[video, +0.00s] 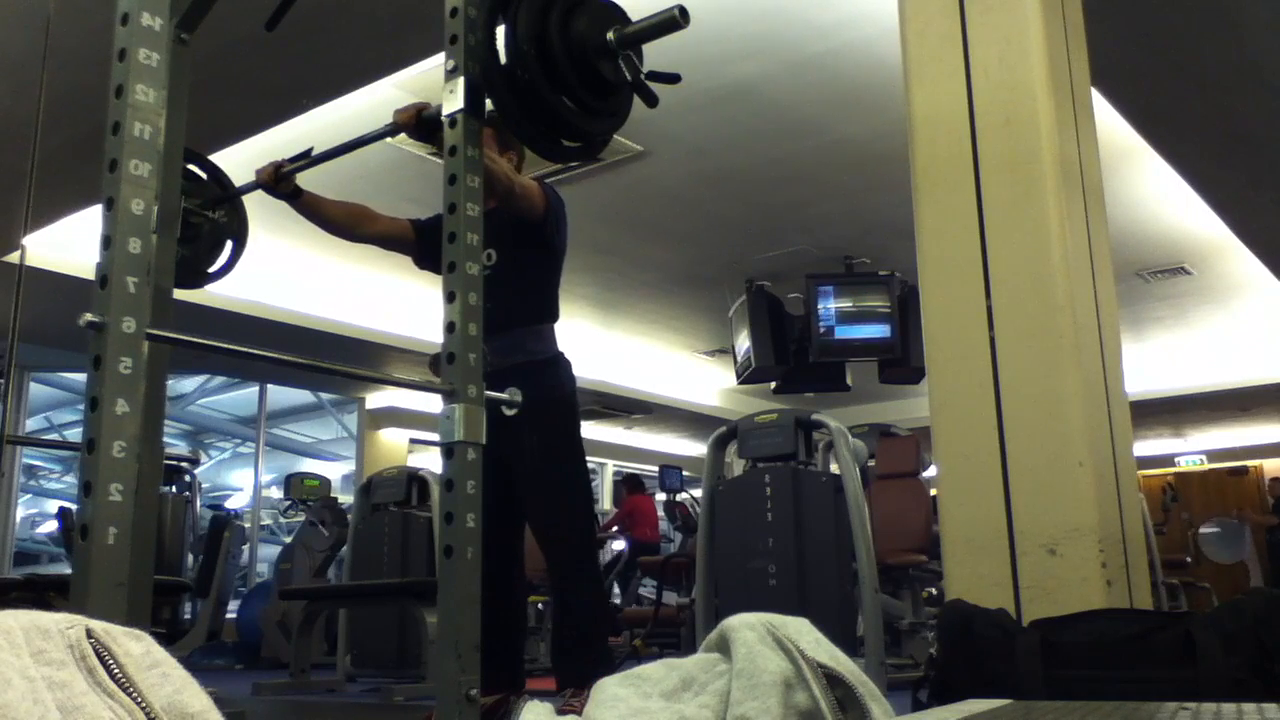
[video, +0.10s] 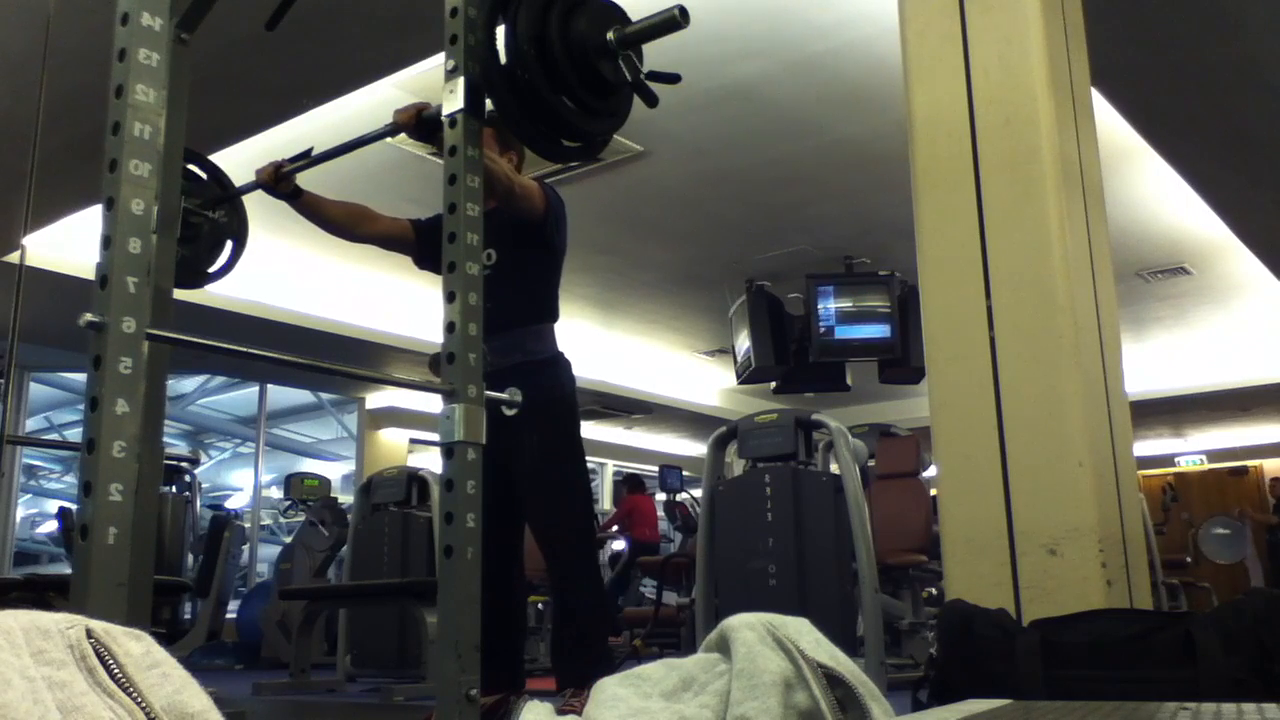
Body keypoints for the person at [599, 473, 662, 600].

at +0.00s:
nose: (624, 491)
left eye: (625, 488)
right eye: (624, 488)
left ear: (629, 488)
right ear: (641, 486)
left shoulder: (631, 501)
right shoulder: (649, 500)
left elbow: (617, 519)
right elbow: (634, 523)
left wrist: (602, 529)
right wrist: (617, 532)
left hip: (637, 546)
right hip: (654, 546)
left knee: (609, 569)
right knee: (625, 572)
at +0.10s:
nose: (624, 491)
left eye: (625, 488)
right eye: (624, 488)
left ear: (629, 488)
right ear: (642, 487)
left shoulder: (630, 500)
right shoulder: (649, 500)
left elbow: (615, 519)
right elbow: (638, 522)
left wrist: (600, 530)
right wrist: (619, 531)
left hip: (637, 545)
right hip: (654, 545)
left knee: (614, 559)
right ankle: (633, 592)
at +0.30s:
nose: (625, 491)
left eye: (626, 488)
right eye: (626, 488)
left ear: (630, 488)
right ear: (643, 487)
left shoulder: (631, 500)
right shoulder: (650, 500)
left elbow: (616, 520)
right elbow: (639, 521)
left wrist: (601, 529)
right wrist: (621, 529)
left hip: (637, 547)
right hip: (654, 547)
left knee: (614, 559)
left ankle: (617, 602)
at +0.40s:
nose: (625, 491)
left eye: (626, 488)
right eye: (625, 488)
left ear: (630, 488)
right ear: (644, 487)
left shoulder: (631, 500)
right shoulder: (650, 501)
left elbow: (616, 520)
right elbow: (639, 522)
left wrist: (601, 529)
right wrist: (620, 530)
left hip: (637, 546)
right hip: (654, 546)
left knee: (613, 566)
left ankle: (616, 601)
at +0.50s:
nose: (625, 490)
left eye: (626, 487)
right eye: (625, 487)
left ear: (630, 487)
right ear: (643, 486)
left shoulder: (631, 500)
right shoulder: (649, 500)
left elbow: (617, 519)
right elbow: (636, 521)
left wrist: (602, 529)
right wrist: (619, 531)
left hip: (637, 545)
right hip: (654, 546)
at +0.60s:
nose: (624, 490)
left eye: (625, 487)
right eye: (624, 487)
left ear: (629, 487)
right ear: (643, 486)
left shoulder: (631, 500)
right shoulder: (649, 500)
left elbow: (616, 520)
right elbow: (635, 522)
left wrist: (600, 530)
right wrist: (617, 533)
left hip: (636, 544)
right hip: (653, 545)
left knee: (605, 553)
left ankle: (610, 584)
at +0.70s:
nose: (623, 491)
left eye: (624, 487)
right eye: (623, 488)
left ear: (629, 487)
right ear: (642, 486)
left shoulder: (631, 500)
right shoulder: (649, 500)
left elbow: (615, 521)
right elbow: (632, 523)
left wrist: (600, 529)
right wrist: (615, 533)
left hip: (636, 546)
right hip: (654, 546)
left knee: (603, 552)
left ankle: (606, 586)